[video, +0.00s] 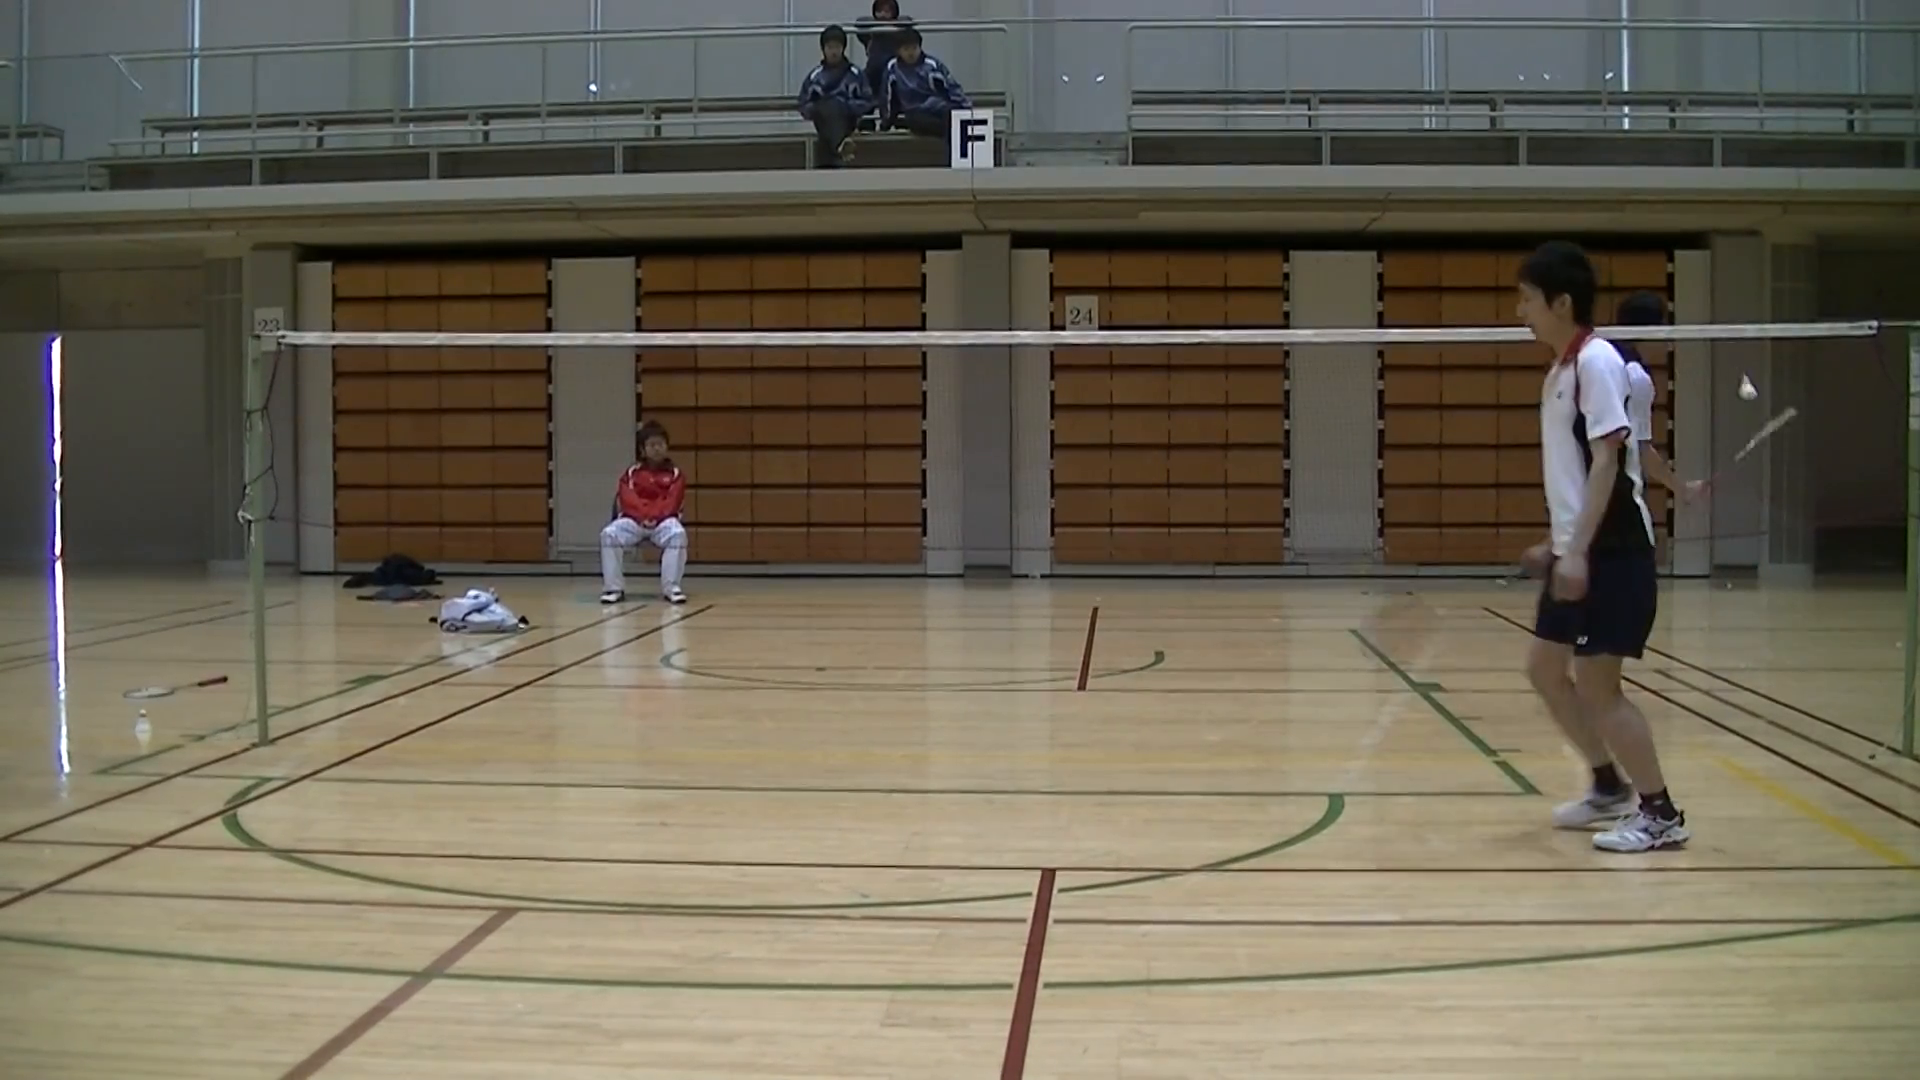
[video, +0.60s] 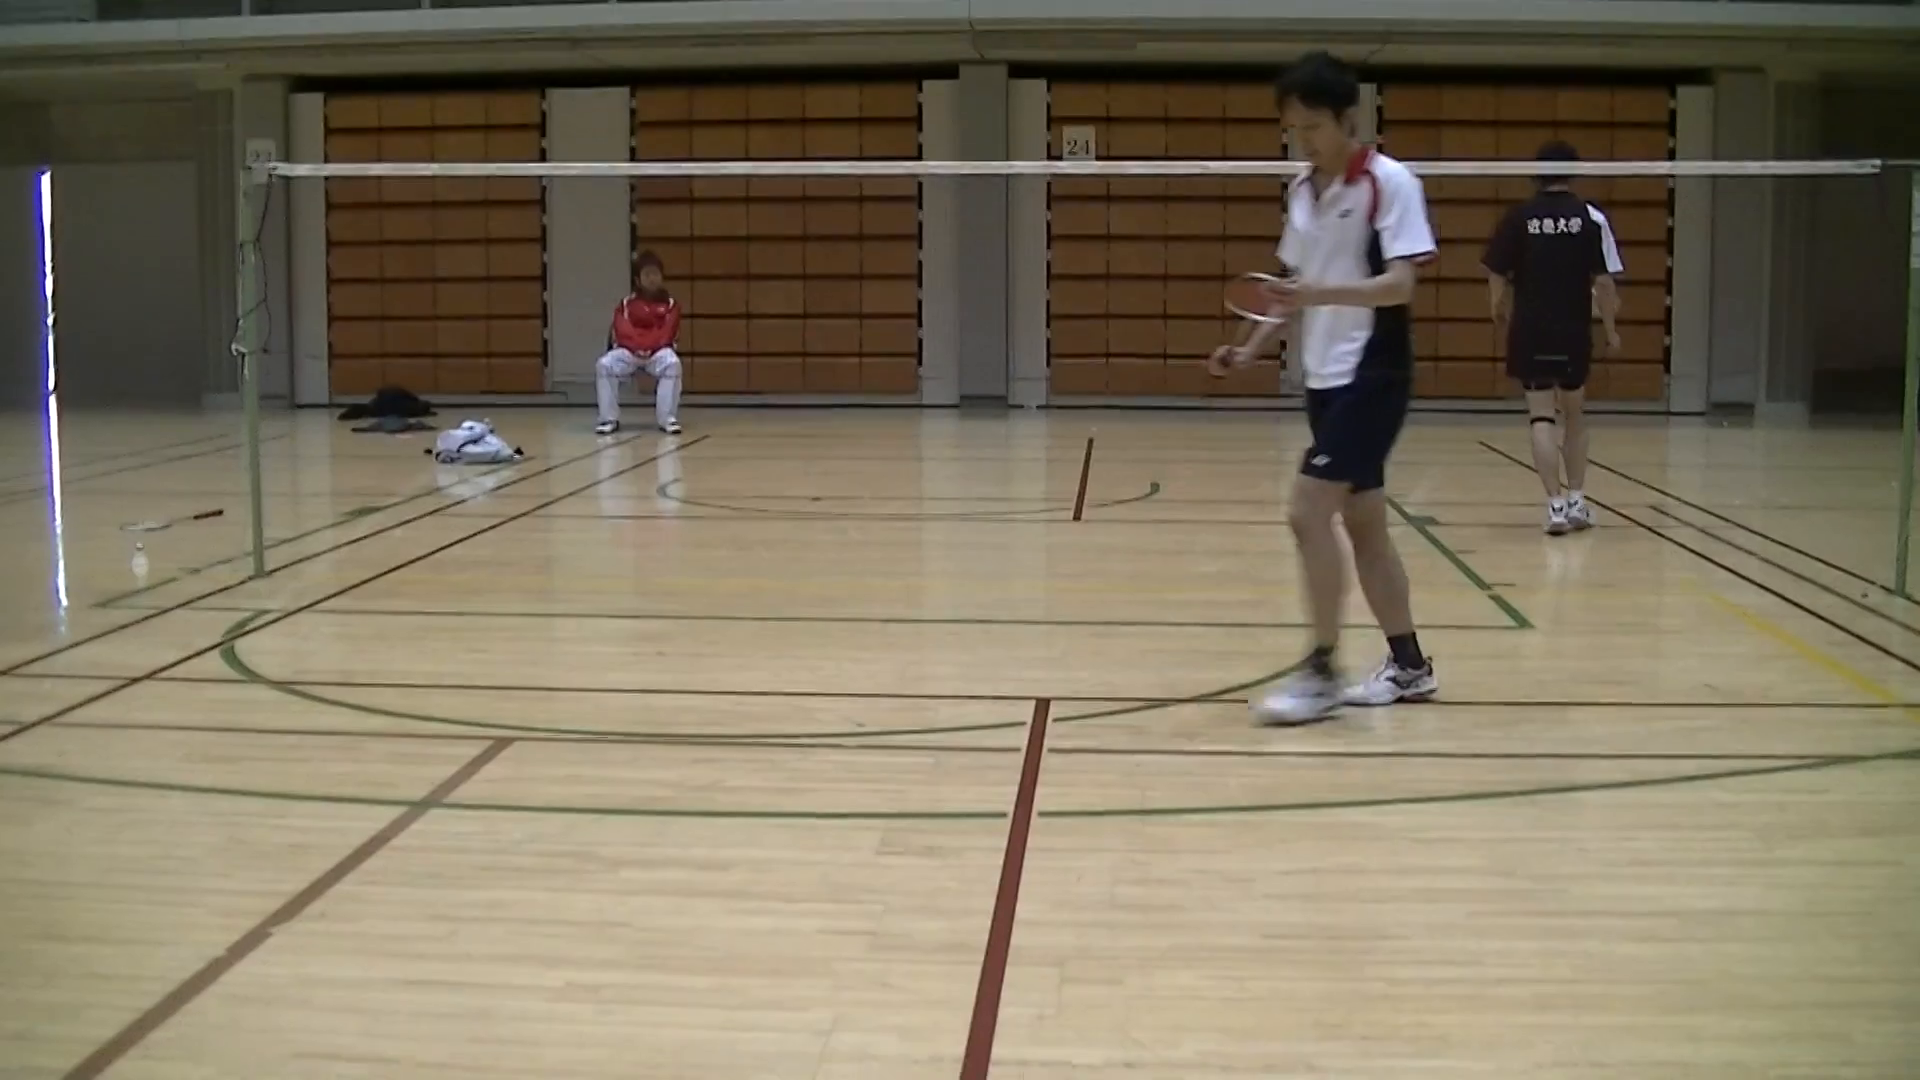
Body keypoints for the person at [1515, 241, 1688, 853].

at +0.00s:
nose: (1521, 311)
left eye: (1527, 298)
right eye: (1520, 299)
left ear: (1560, 300)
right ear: (1559, 302)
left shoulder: (1596, 362)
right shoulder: (1564, 367)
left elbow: (1608, 461)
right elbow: (1578, 467)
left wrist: (1579, 547)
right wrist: (1554, 542)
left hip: (1615, 546)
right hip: (1577, 545)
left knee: (1597, 685)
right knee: (1546, 666)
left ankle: (1660, 813)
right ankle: (1609, 787)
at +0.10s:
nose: (1495, 305)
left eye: (1503, 293)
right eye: (1494, 293)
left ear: (1539, 296)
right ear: (1528, 298)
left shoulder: (1579, 359)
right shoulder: (1525, 366)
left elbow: (1582, 466)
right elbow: (1533, 467)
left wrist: (1521, 534)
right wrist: (1502, 528)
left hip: (1590, 548)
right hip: (1539, 547)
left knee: (1601, 684)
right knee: (1499, 664)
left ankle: (1656, 807)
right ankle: (1528, 805)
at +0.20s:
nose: (1463, 308)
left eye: (1472, 296)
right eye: (1462, 296)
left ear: (1509, 299)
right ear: (1486, 300)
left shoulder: (1552, 365)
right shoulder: (1484, 372)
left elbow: (1543, 467)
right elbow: (1486, 465)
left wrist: (1466, 516)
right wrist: (1452, 521)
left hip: (1560, 551)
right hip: (1499, 549)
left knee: (1595, 678)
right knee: (1457, 671)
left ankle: (1652, 802)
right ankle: (1443, 813)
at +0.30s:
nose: (1422, 308)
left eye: (1431, 295)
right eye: (1421, 296)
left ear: (1471, 297)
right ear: (1452, 300)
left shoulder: (1516, 363)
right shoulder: (1440, 373)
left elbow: (1505, 458)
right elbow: (1448, 466)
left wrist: (1423, 496)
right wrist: (1410, 519)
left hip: (1517, 556)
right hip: (1451, 554)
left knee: (1551, 684)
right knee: (1422, 677)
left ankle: (1636, 783)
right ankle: (1421, 825)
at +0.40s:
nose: (1383, 301)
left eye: (1393, 289)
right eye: (1378, 290)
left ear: (1432, 285)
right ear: (1381, 292)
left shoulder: (1475, 350)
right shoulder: (1397, 359)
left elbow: (1465, 446)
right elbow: (1392, 449)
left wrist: (1383, 479)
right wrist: (1362, 505)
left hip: (1460, 543)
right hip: (1402, 541)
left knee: (1464, 693)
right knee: (1395, 675)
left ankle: (1569, 757)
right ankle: (1416, 821)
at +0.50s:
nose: (1348, 223)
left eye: (1355, 208)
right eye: (1340, 211)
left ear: (1388, 200)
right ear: (1337, 211)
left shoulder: (1435, 264)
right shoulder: (1350, 273)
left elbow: (1442, 360)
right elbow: (1346, 368)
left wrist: (1356, 388)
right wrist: (1307, 416)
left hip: (1418, 439)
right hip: (1362, 440)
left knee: (1377, 590)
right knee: (1374, 596)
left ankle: (1462, 710)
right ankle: (1410, 741)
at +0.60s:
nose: (1299, 142)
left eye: (1309, 127)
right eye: (1292, 129)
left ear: (1347, 120)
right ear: (1291, 128)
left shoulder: (1392, 182)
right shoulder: (1304, 191)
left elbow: (1402, 286)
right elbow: (1290, 288)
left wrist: (1315, 295)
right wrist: (1249, 348)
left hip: (1373, 377)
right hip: (1324, 378)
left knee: (1308, 509)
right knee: (1366, 525)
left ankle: (1322, 671)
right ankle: (1409, 664)